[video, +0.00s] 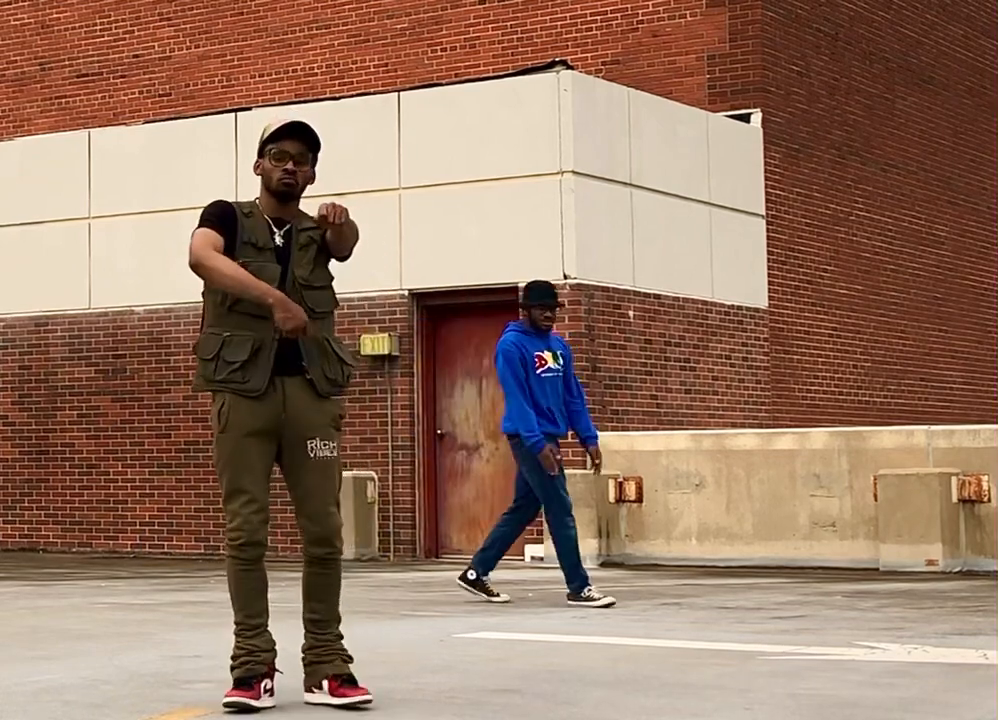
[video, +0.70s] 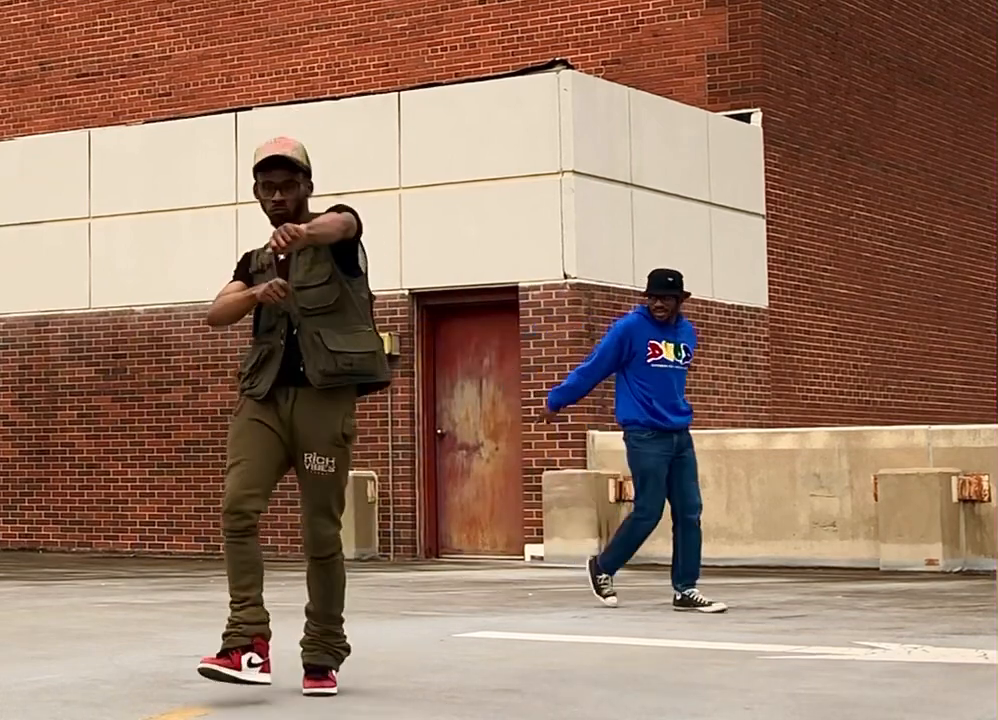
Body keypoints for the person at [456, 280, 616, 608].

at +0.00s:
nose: (550, 316)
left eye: (553, 310)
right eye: (542, 310)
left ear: (557, 310)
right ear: (525, 310)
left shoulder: (559, 345)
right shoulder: (511, 344)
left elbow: (572, 395)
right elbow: (516, 399)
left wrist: (589, 438)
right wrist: (539, 443)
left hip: (549, 436)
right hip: (527, 436)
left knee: (524, 509)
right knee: (559, 507)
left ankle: (476, 573)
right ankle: (578, 587)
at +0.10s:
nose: (569, 311)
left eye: (573, 305)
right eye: (561, 306)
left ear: (577, 305)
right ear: (547, 308)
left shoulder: (580, 340)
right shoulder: (531, 342)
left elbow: (579, 391)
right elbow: (512, 394)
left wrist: (582, 434)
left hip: (574, 433)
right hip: (548, 432)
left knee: (568, 510)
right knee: (572, 508)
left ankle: (505, 557)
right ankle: (580, 587)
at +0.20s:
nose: (585, 310)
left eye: (589, 304)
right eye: (578, 305)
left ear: (597, 302)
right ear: (565, 304)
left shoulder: (599, 333)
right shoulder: (548, 332)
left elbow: (583, 377)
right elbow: (508, 367)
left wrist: (594, 410)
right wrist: (470, 393)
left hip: (592, 431)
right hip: (565, 431)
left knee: (605, 506)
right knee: (578, 509)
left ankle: (544, 552)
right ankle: (581, 588)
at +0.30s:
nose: (594, 309)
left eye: (599, 302)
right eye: (587, 303)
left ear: (608, 302)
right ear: (575, 303)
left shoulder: (610, 330)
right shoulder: (560, 329)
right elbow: (517, 354)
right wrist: (475, 371)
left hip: (604, 433)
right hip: (573, 432)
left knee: (624, 502)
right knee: (581, 511)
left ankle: (576, 562)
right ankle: (581, 588)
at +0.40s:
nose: (608, 307)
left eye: (614, 301)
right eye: (602, 302)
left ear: (625, 301)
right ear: (592, 301)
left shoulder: (630, 330)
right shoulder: (577, 329)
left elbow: (605, 366)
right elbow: (532, 350)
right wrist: (487, 365)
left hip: (619, 432)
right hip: (585, 433)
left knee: (644, 500)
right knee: (588, 510)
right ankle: (582, 586)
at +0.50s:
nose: (632, 310)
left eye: (638, 304)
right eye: (626, 303)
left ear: (648, 303)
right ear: (616, 301)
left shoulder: (652, 331)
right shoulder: (597, 330)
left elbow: (631, 374)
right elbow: (556, 361)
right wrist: (515, 384)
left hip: (639, 436)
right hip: (605, 435)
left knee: (657, 507)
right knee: (597, 512)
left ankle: (681, 584)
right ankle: (583, 586)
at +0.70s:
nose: (660, 306)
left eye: (668, 300)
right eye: (655, 299)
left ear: (680, 301)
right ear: (647, 298)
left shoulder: (687, 332)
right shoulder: (629, 328)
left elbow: (671, 377)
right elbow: (593, 368)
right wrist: (556, 399)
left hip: (679, 435)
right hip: (645, 436)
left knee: (689, 513)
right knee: (649, 511)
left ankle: (685, 590)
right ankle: (602, 568)